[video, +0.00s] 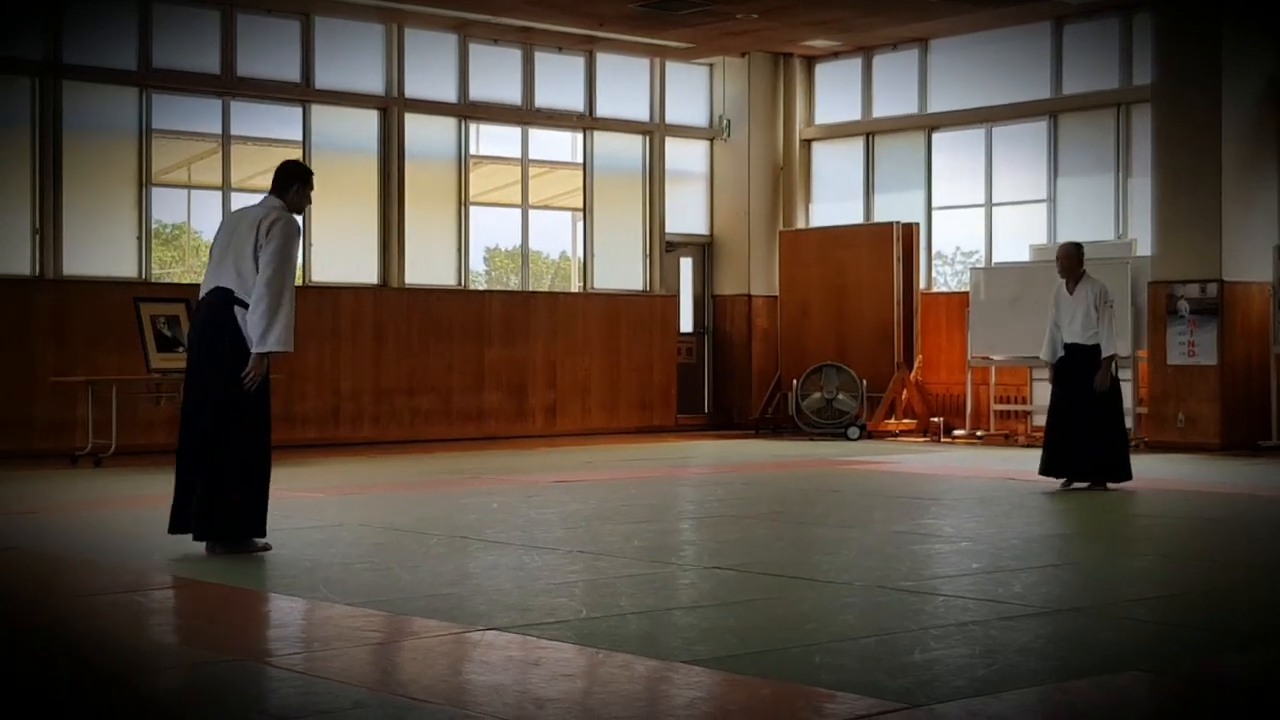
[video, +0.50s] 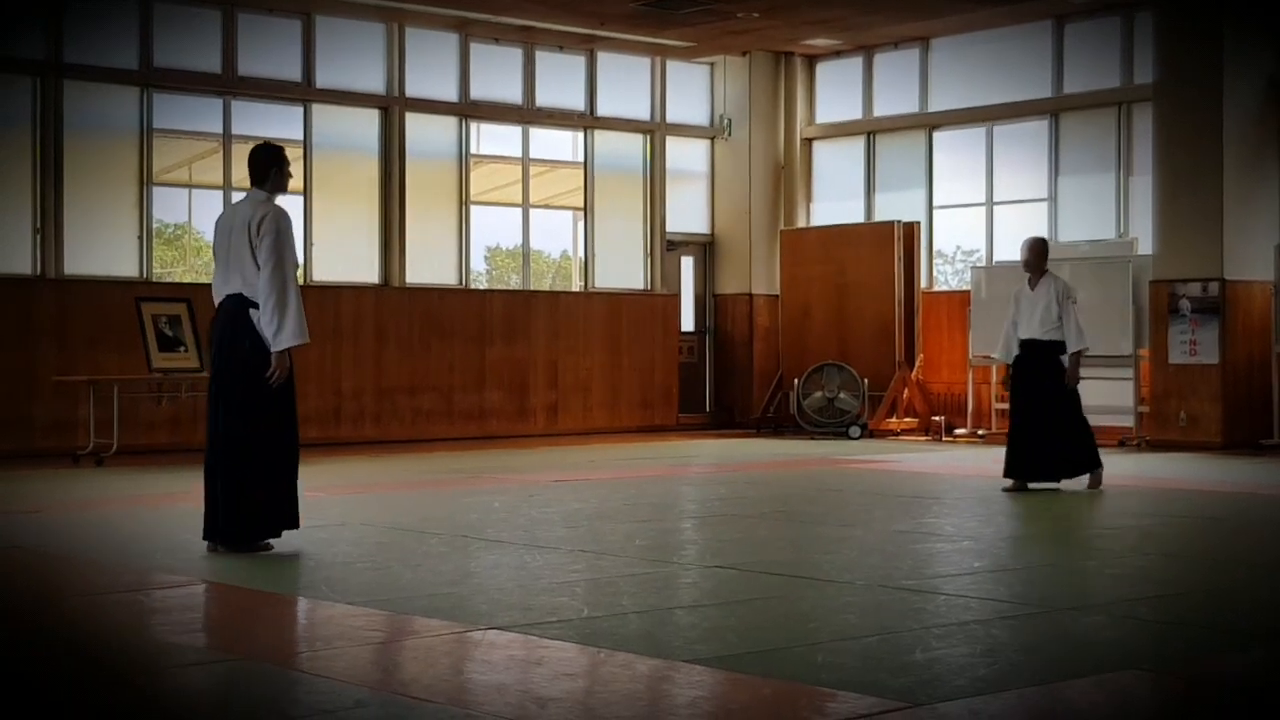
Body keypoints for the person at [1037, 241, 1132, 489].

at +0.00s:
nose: (1058, 266)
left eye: (1062, 261)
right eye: (1056, 261)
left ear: (1078, 261)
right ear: (1059, 263)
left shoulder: (1097, 289)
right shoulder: (1060, 291)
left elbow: (1107, 329)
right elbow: (1054, 328)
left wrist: (1106, 366)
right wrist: (1051, 362)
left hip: (1093, 356)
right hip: (1068, 357)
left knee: (1096, 418)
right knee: (1067, 417)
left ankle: (1099, 475)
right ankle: (1070, 472)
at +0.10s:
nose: (1054, 264)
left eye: (1060, 259)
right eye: (1053, 259)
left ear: (1076, 260)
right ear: (1055, 261)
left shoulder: (1093, 289)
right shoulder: (1055, 292)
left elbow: (1102, 328)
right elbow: (1049, 328)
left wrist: (1100, 365)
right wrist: (1046, 363)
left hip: (1088, 356)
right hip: (1063, 356)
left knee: (1093, 417)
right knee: (1057, 415)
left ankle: (1099, 475)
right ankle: (1056, 472)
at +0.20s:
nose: (1049, 263)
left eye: (1054, 258)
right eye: (1048, 258)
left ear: (1070, 260)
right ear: (1049, 261)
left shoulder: (1086, 289)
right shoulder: (1050, 291)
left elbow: (1097, 329)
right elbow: (1043, 328)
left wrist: (1095, 366)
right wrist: (1040, 363)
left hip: (1083, 357)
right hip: (1057, 357)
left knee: (1090, 418)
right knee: (1045, 414)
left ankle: (1098, 475)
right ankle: (1036, 472)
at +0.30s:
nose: (1042, 262)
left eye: (1048, 257)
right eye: (1041, 257)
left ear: (1063, 260)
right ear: (1042, 260)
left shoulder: (1079, 289)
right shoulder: (1041, 293)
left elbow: (1089, 329)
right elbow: (1034, 329)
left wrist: (1089, 366)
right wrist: (1031, 363)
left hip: (1075, 358)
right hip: (1048, 358)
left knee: (1084, 417)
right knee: (1037, 415)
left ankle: (1093, 474)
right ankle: (1023, 472)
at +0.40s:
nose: (1033, 263)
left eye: (1038, 258)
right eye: (1033, 258)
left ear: (1053, 260)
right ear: (1034, 260)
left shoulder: (1070, 290)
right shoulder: (1031, 293)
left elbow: (1082, 329)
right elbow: (1023, 331)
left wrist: (1083, 367)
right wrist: (1020, 365)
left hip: (1064, 357)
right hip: (1037, 358)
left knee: (1079, 418)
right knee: (1031, 418)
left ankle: (1095, 475)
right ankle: (1022, 476)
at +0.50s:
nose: (1024, 259)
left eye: (1029, 255)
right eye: (1023, 254)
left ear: (1043, 257)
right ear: (1022, 256)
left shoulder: (1060, 287)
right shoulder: (1020, 292)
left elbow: (1073, 328)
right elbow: (1012, 330)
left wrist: (1074, 365)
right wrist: (1009, 367)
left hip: (1052, 357)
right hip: (1025, 357)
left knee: (1069, 416)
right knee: (1022, 417)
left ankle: (1094, 466)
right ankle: (1020, 477)